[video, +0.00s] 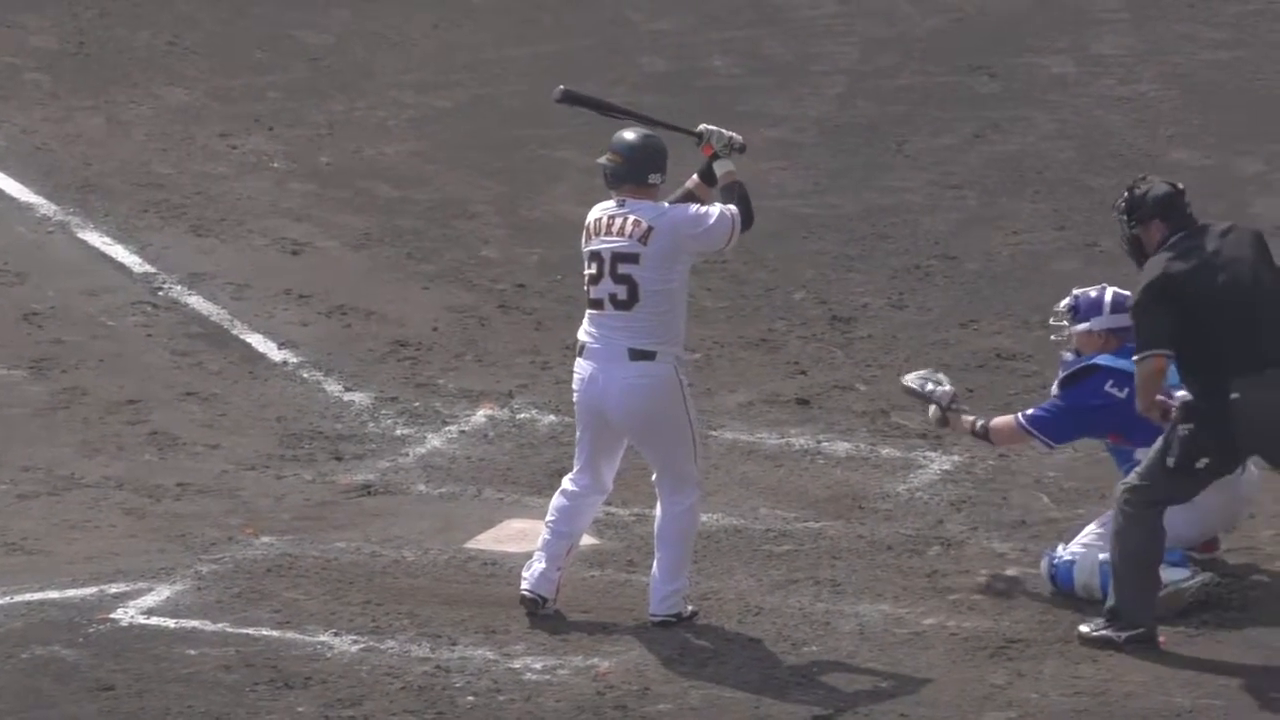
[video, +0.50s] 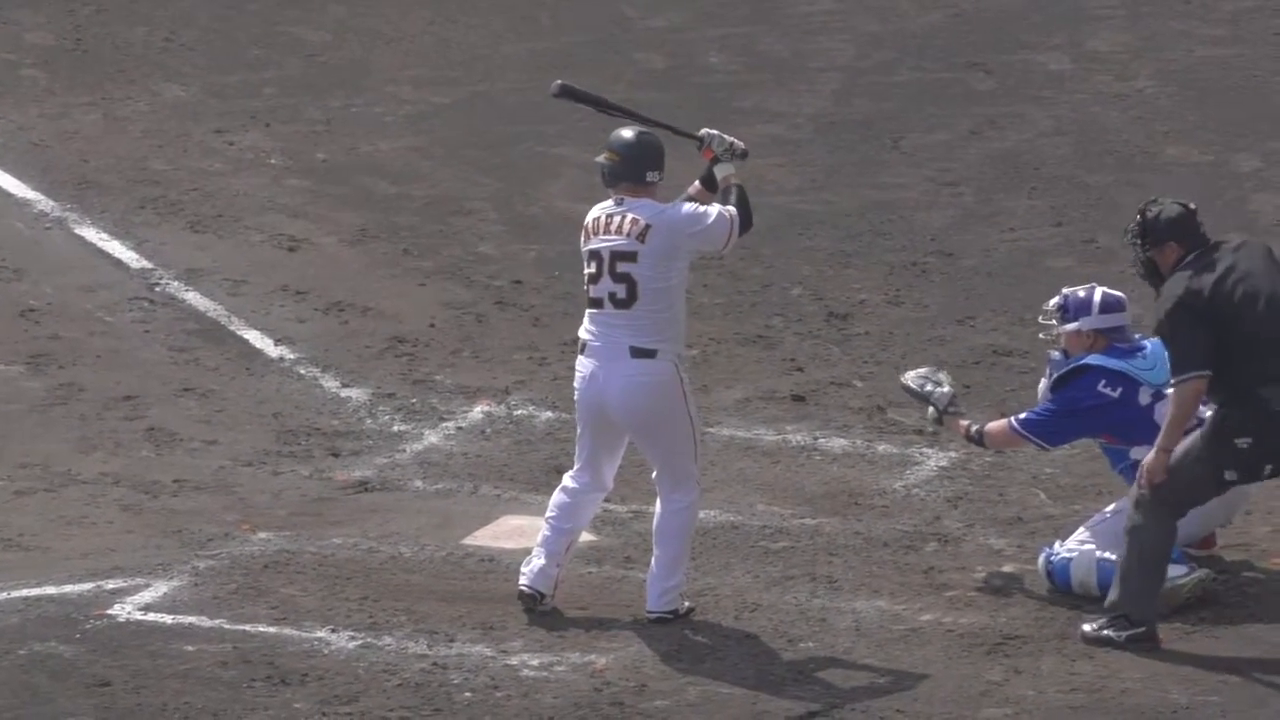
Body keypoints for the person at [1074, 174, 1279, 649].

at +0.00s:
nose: (1135, 238)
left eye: (1137, 228)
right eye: (1133, 228)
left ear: (1155, 227)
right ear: (1184, 215)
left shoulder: (1160, 280)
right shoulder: (1247, 238)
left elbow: (1154, 363)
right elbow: (1270, 306)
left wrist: (1148, 403)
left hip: (1227, 408)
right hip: (1272, 397)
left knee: (1137, 498)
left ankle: (1131, 622)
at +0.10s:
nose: (1137, 242)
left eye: (1140, 232)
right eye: (1135, 232)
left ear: (1159, 231)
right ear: (1187, 220)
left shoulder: (1167, 281)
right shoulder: (1248, 239)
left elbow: (1167, 364)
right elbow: (1266, 308)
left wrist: (1149, 407)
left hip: (1236, 409)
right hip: (1271, 397)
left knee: (1139, 498)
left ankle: (1131, 621)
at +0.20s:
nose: (1149, 245)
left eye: (1151, 235)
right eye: (1147, 235)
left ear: (1169, 232)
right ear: (1196, 219)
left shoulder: (1182, 277)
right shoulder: (1256, 238)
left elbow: (1189, 362)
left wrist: (1156, 415)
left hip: (1245, 409)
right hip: (1272, 397)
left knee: (1150, 495)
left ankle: (1130, 618)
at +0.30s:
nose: (1154, 241)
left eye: (1155, 232)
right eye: (1153, 231)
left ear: (1174, 231)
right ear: (1200, 218)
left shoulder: (1194, 278)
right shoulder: (1260, 236)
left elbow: (1200, 365)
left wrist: (1162, 429)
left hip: (1254, 411)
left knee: (1165, 498)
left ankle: (1127, 616)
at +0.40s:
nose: (1154, 246)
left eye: (1156, 237)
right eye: (1153, 236)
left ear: (1175, 236)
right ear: (1200, 224)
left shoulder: (1192, 285)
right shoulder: (1260, 242)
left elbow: (1199, 373)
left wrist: (1166, 441)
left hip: (1256, 418)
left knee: (1163, 501)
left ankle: (1135, 619)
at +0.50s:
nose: (1148, 259)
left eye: (1150, 249)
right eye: (1145, 249)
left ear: (1170, 248)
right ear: (1196, 235)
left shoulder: (1184, 295)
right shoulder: (1254, 251)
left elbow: (1191, 385)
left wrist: (1162, 452)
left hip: (1258, 426)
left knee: (1155, 498)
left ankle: (1132, 618)